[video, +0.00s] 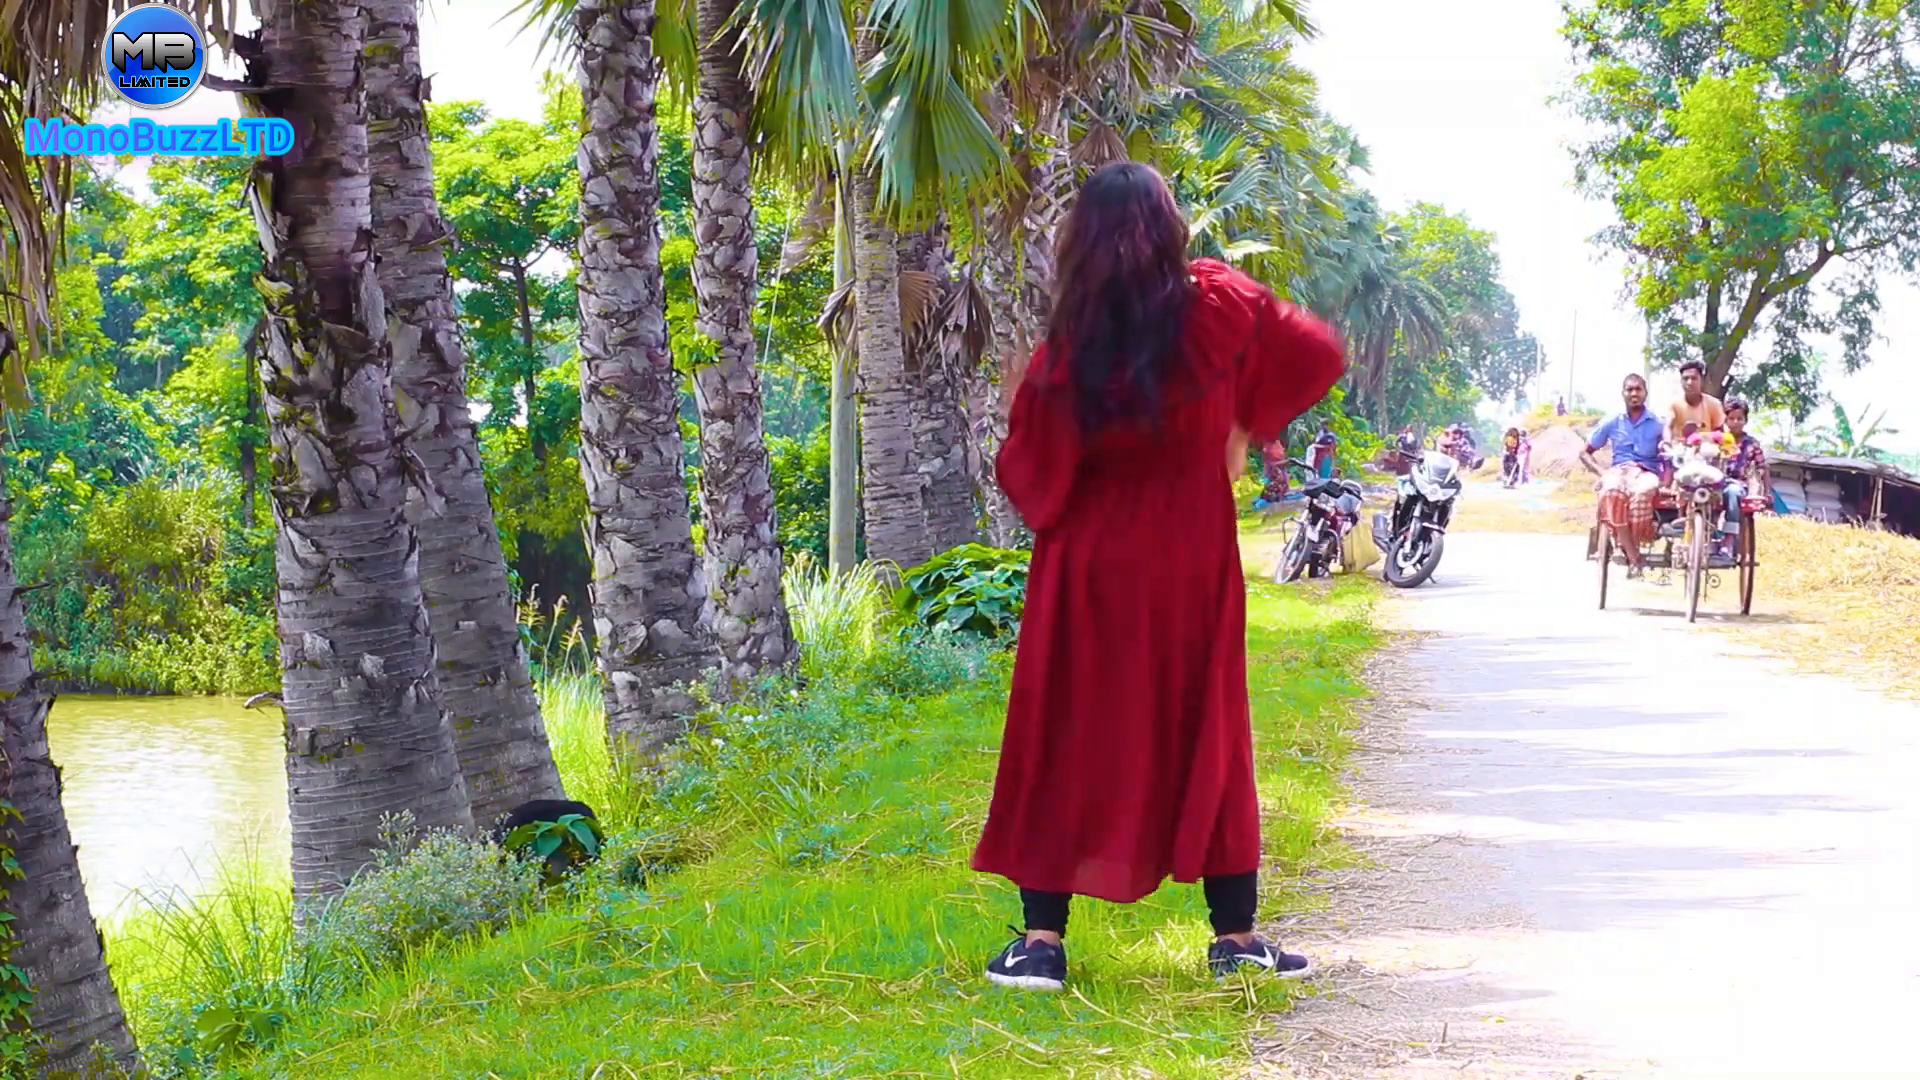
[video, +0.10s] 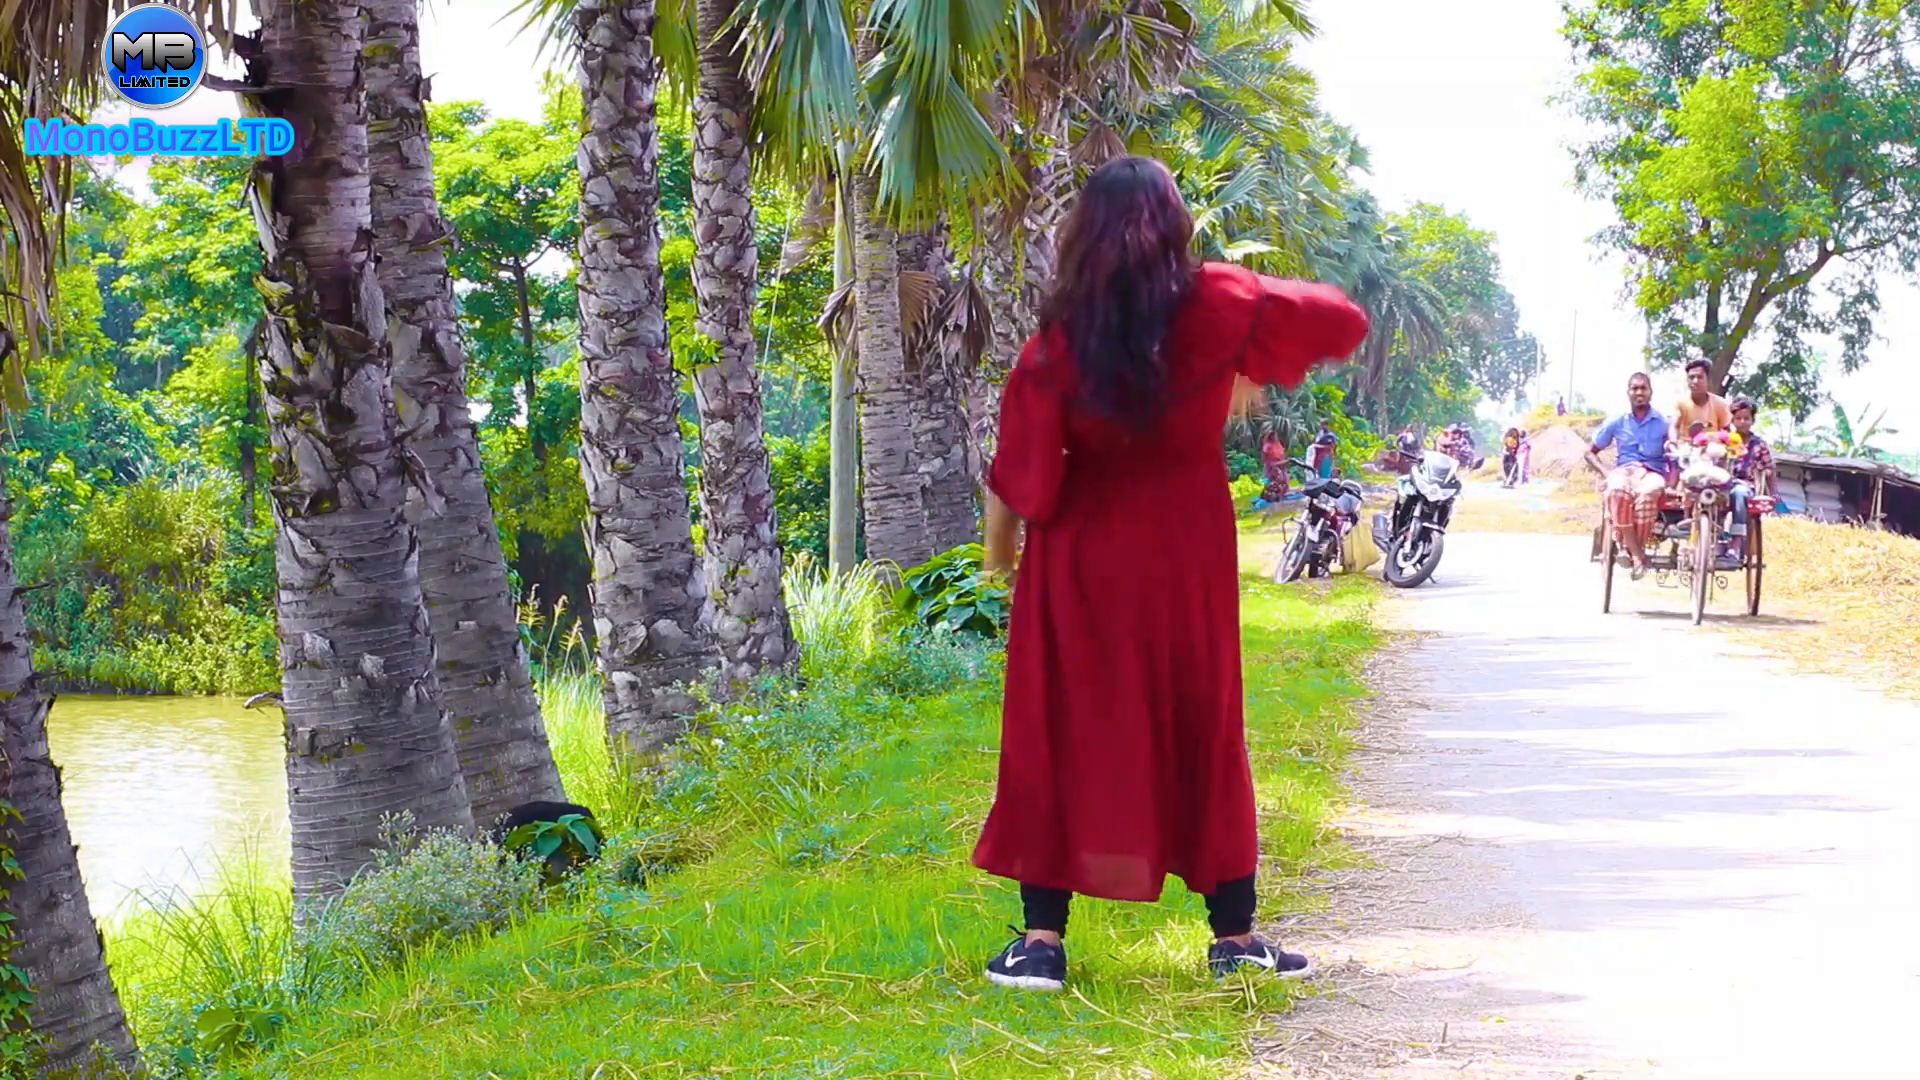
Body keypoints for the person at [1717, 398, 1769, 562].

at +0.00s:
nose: (1735, 423)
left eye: (1740, 419)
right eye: (1731, 418)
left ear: (1746, 421)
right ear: (1725, 420)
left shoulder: (1751, 443)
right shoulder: (1718, 439)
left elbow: (1763, 468)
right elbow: (1707, 462)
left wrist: (1767, 493)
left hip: (1737, 480)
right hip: (1715, 479)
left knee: (1732, 492)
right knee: (1700, 492)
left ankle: (1728, 542)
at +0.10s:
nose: (1742, 422)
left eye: (1747, 418)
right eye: (1738, 418)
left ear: (1753, 421)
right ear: (1731, 420)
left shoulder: (1757, 443)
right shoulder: (1724, 438)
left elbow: (1769, 469)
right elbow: (1712, 461)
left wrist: (1773, 493)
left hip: (1745, 481)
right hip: (1721, 480)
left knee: (1738, 493)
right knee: (1706, 491)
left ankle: (1736, 544)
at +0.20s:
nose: (1750, 420)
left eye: (1754, 417)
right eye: (1746, 416)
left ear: (1760, 419)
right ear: (1739, 418)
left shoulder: (1765, 443)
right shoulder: (1731, 438)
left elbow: (1777, 468)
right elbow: (1719, 459)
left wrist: (1781, 492)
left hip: (1752, 482)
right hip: (1728, 479)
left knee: (1745, 493)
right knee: (1712, 493)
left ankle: (1743, 543)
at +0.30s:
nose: (1757, 421)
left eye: (1762, 416)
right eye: (1753, 416)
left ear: (1768, 419)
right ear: (1747, 418)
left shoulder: (1773, 444)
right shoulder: (1739, 438)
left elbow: (1786, 469)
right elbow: (1725, 459)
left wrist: (1789, 493)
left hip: (1759, 482)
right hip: (1735, 480)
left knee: (1752, 495)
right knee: (1718, 494)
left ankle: (1750, 546)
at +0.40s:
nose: (1766, 419)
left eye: (1770, 415)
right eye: (1761, 415)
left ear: (1776, 417)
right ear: (1754, 417)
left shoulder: (1780, 442)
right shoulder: (1746, 436)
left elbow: (1794, 468)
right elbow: (1732, 458)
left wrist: (1798, 493)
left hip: (1765, 481)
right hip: (1742, 479)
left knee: (1759, 494)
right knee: (1725, 493)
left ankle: (1757, 545)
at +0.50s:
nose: (1773, 419)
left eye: (1778, 415)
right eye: (1769, 414)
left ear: (1784, 418)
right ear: (1762, 416)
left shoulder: (1789, 443)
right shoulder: (1753, 437)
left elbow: (1801, 469)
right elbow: (1739, 460)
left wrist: (1805, 495)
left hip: (1772, 483)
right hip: (1749, 482)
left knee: (1766, 495)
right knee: (1731, 495)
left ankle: (1763, 549)